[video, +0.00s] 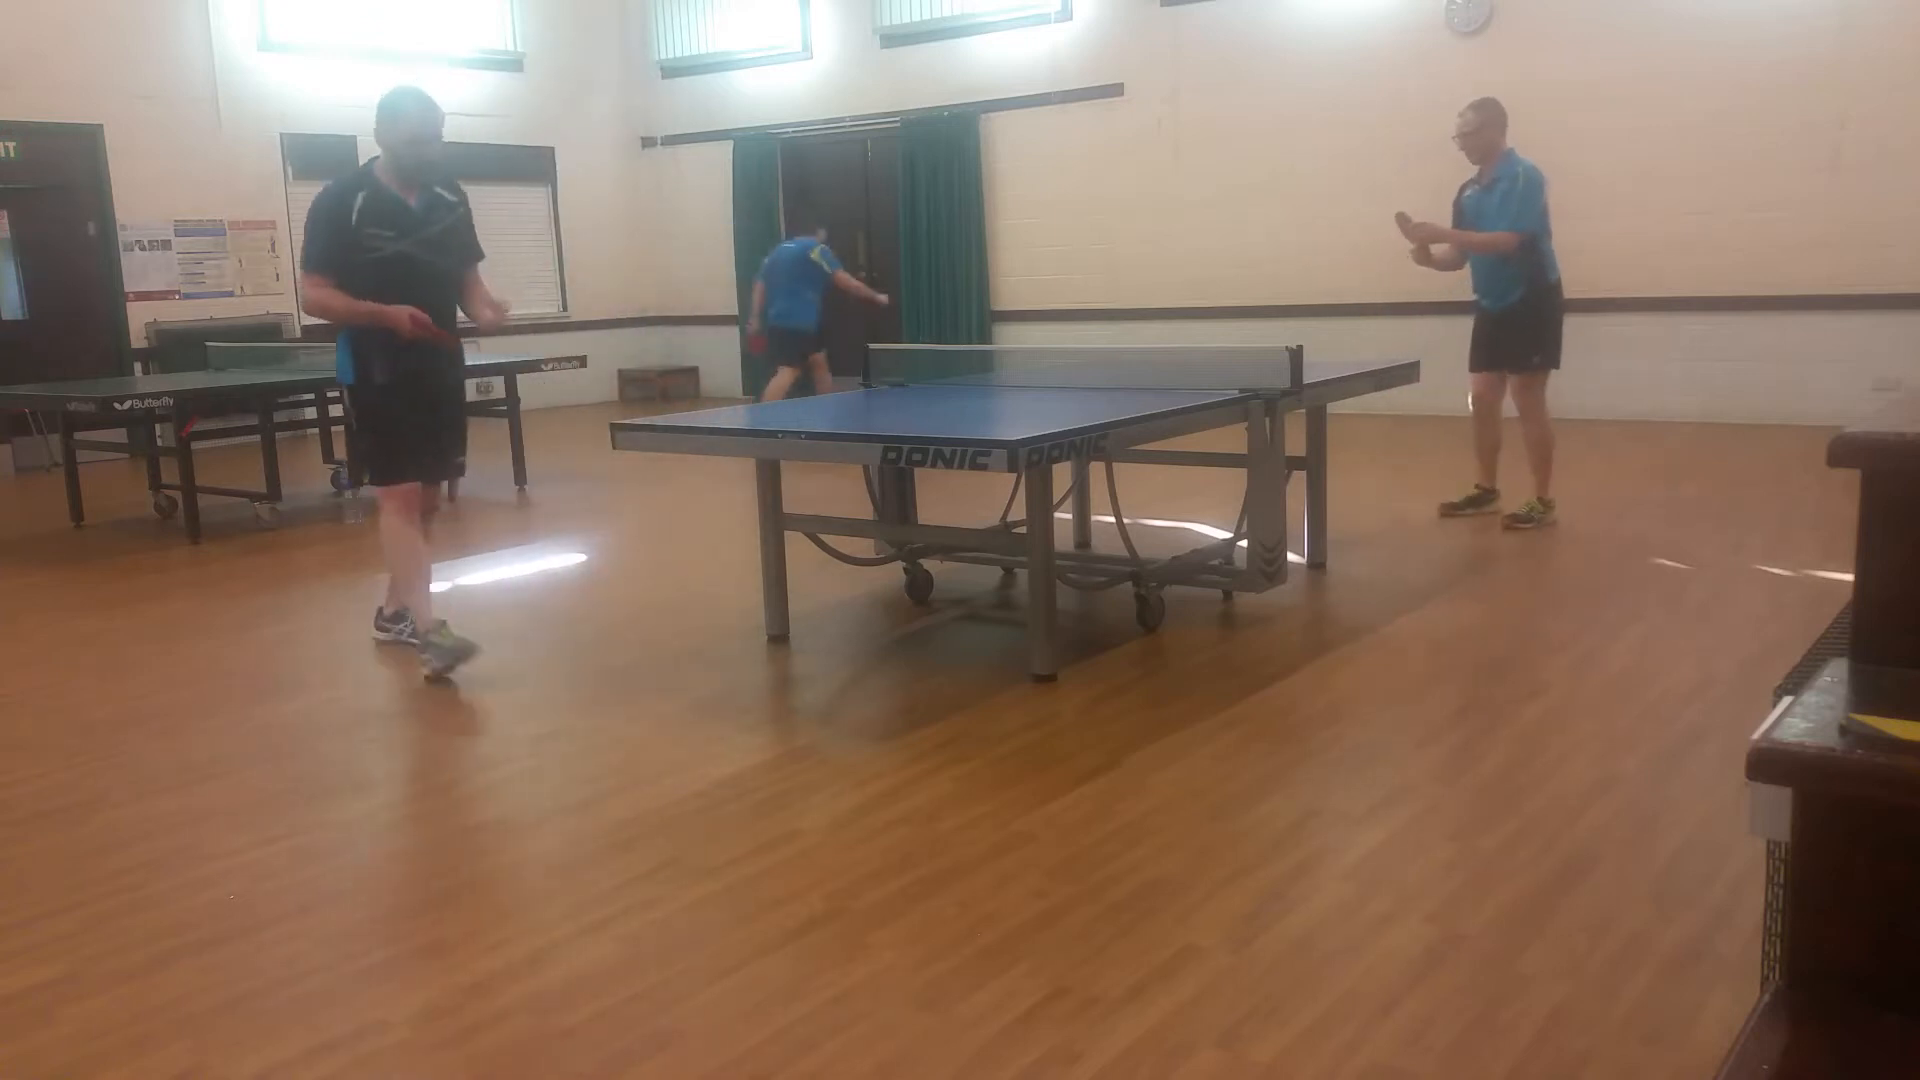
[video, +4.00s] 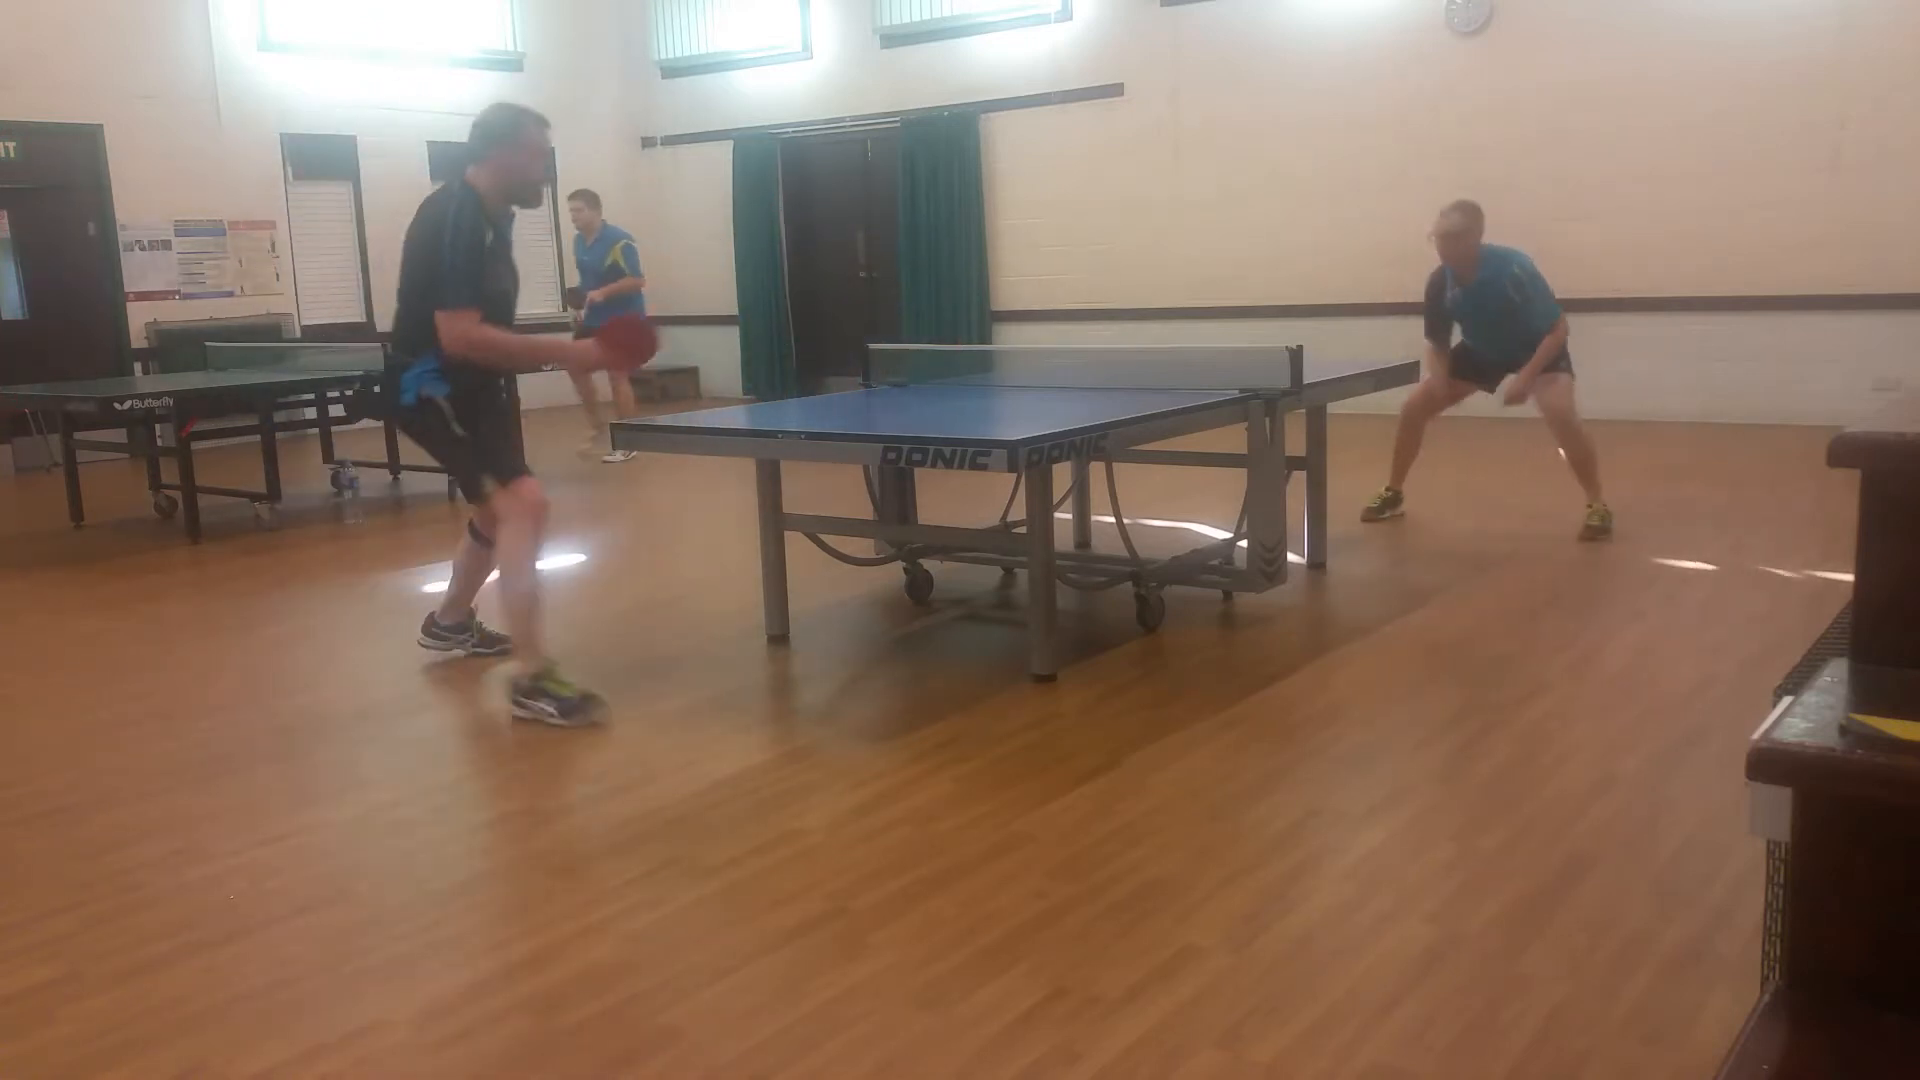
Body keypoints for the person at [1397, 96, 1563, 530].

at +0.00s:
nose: (1459, 143)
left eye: (1466, 134)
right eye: (1457, 135)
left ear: (1493, 131)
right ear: (1470, 137)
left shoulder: (1525, 177)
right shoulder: (1467, 192)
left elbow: (1511, 241)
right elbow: (1458, 256)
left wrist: (1443, 234)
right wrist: (1429, 257)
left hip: (1533, 300)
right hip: (1492, 303)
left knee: (1528, 397)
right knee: (1483, 396)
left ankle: (1543, 501)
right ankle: (1486, 490)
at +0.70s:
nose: (1450, 149)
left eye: (1458, 142)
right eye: (1448, 142)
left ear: (1484, 143)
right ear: (1450, 145)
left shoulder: (1516, 185)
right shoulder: (1458, 204)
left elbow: (1546, 244)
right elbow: (1458, 264)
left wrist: (1488, 279)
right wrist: (1438, 274)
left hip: (1543, 301)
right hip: (1500, 306)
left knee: (1544, 399)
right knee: (1486, 399)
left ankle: (1563, 501)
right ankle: (1485, 490)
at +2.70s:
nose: (1427, 182)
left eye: (1435, 174)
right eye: (1425, 174)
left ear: (1462, 175)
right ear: (1433, 177)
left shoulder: (1501, 212)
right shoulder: (1436, 225)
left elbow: (1541, 273)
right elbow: (1417, 286)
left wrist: (1510, 328)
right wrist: (1400, 276)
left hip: (1538, 306)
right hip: (1492, 312)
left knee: (1521, 402)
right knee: (1476, 402)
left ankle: (1536, 504)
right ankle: (1477, 486)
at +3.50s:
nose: (1426, 171)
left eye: (1435, 163)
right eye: (1424, 163)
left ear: (1462, 164)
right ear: (1426, 167)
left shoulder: (1498, 206)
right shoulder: (1436, 221)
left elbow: (1534, 271)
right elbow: (1428, 286)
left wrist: (1506, 326)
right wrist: (1398, 277)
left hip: (1527, 315)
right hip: (1481, 317)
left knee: (1506, 409)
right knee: (1434, 399)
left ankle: (1535, 503)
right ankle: (1434, 481)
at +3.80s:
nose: (1422, 203)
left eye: (1431, 196)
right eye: (1420, 195)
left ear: (1456, 198)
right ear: (1419, 198)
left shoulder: (1499, 236)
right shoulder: (1423, 248)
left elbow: (1535, 298)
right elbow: (1408, 304)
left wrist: (1501, 348)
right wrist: (1390, 324)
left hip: (1520, 327)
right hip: (1468, 331)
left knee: (1531, 409)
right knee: (1419, 408)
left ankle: (1577, 500)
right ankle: (1395, 493)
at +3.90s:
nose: (1430, 223)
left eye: (1438, 216)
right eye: (1428, 216)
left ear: (1464, 219)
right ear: (1427, 217)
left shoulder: (1506, 254)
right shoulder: (1431, 266)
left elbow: (1545, 317)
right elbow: (1423, 326)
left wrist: (1508, 364)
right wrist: (1404, 346)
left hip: (1531, 338)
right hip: (1478, 341)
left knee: (1548, 416)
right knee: (1418, 404)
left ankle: (1592, 505)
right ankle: (1393, 493)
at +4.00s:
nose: (1439, 246)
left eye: (1448, 238)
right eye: (1437, 238)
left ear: (1472, 240)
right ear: (1434, 239)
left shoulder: (1515, 268)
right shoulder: (1440, 284)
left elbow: (1558, 330)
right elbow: (1437, 342)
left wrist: (1525, 378)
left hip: (1537, 351)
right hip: (1482, 354)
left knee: (1559, 414)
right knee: (1415, 406)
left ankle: (1596, 504)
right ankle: (1393, 492)